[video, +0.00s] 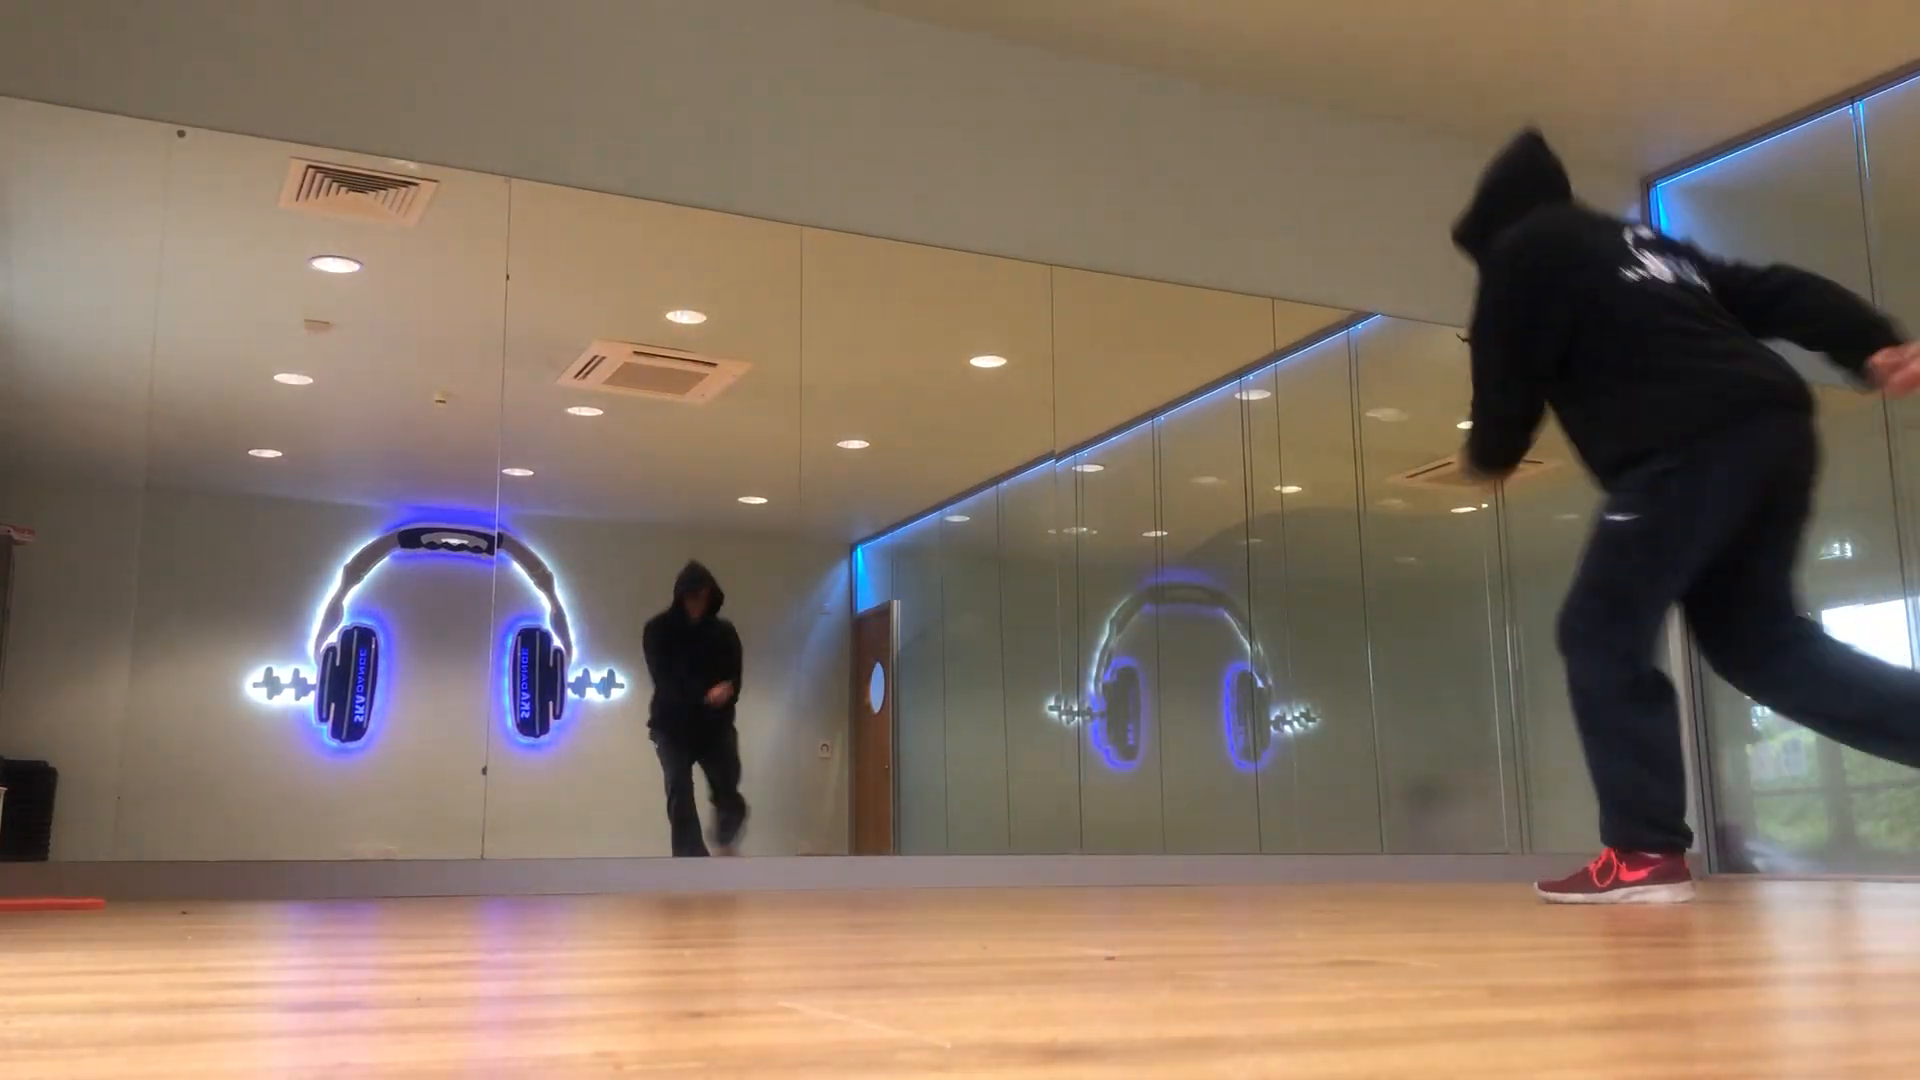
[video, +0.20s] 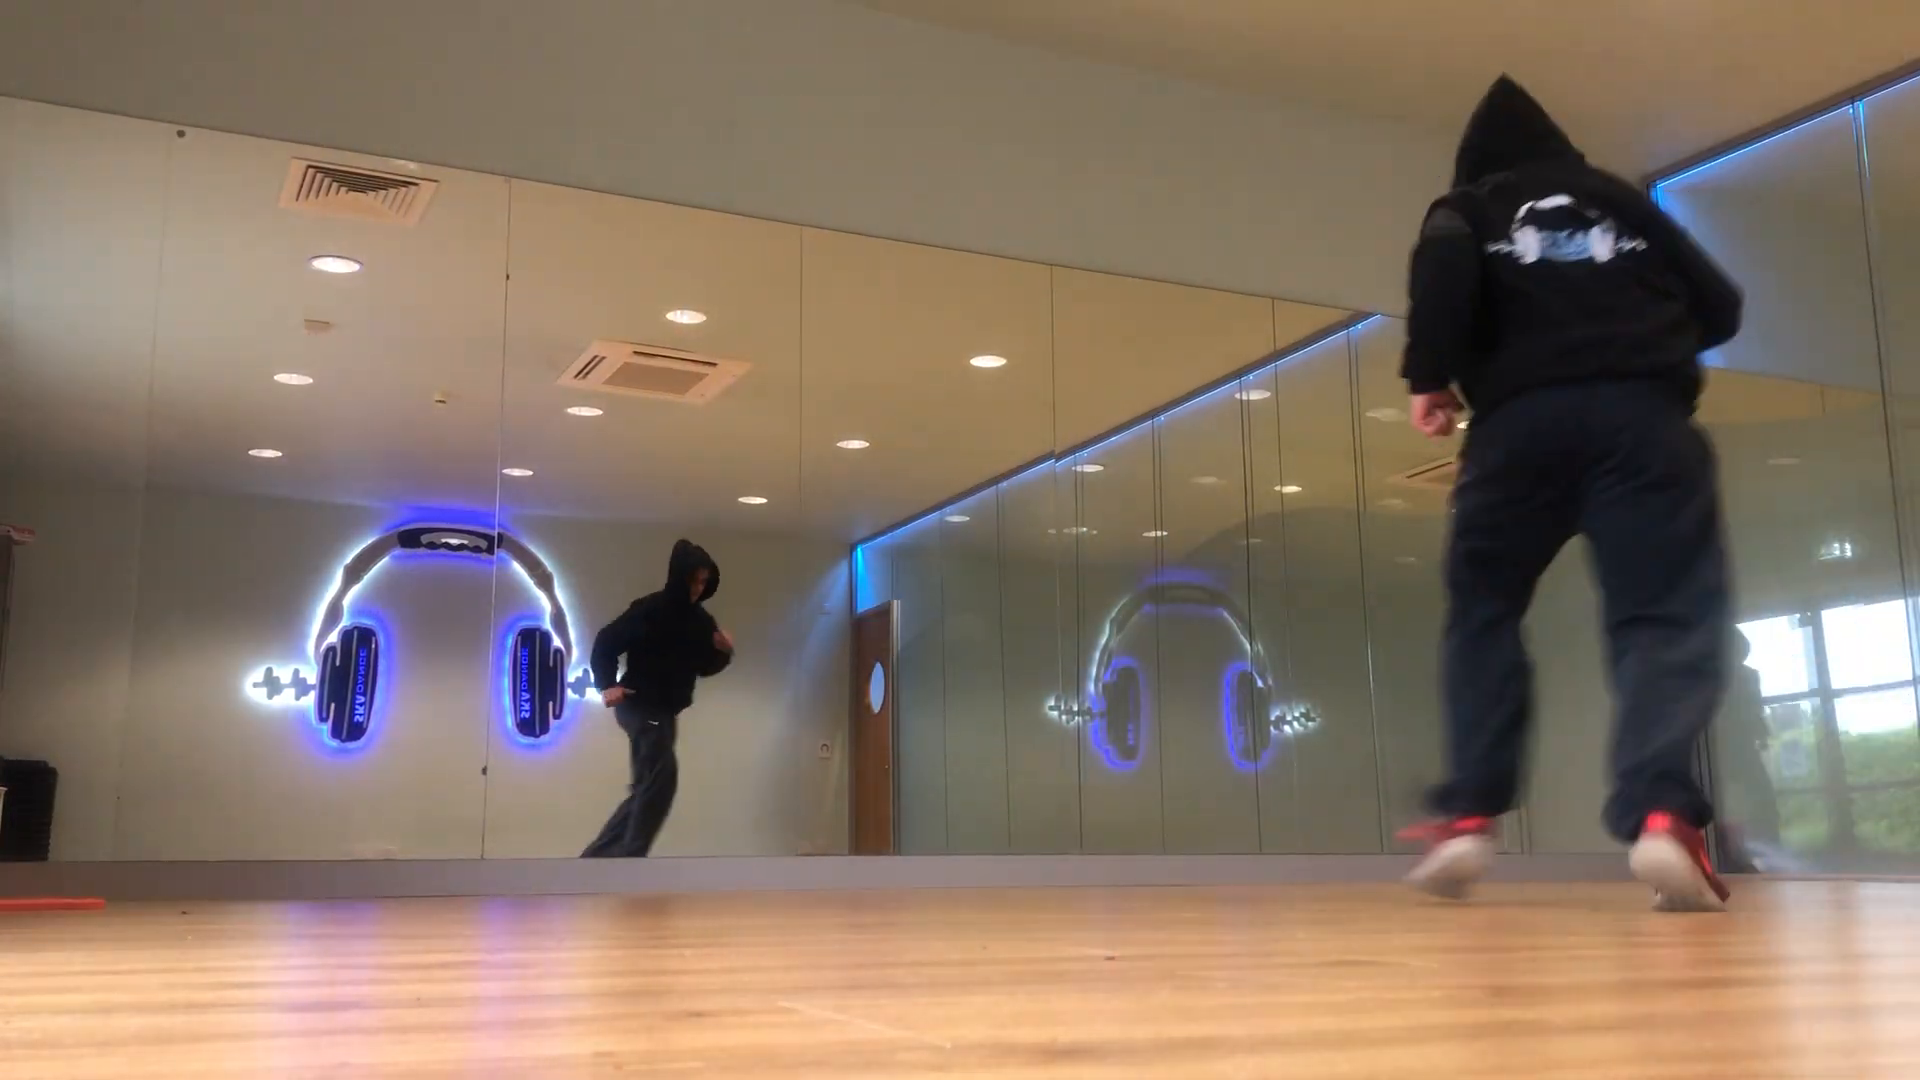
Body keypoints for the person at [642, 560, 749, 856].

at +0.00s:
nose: (696, 602)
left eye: (702, 595)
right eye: (690, 595)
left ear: (711, 596)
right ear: (680, 595)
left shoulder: (723, 631)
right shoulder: (659, 629)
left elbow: (734, 675)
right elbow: (663, 680)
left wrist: (726, 689)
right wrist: (703, 694)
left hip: (714, 722)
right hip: (672, 723)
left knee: (725, 786)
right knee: (679, 791)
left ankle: (725, 838)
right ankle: (691, 859)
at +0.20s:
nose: (699, 588)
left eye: (704, 582)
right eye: (695, 580)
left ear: (707, 583)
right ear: (679, 577)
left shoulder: (700, 620)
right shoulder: (652, 608)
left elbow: (704, 667)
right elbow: (606, 640)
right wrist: (606, 685)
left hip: (664, 710)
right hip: (637, 705)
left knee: (648, 789)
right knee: (661, 781)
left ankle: (596, 860)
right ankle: (625, 863)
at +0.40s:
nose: (699, 602)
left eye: (703, 596)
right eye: (697, 594)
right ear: (683, 591)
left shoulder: (683, 640)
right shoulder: (642, 616)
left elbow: (673, 698)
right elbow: (616, 672)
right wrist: (659, 691)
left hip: (632, 712)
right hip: (605, 705)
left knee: (636, 791)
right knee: (640, 788)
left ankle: (572, 838)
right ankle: (608, 861)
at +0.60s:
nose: (677, 580)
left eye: (681, 576)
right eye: (677, 572)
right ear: (666, 565)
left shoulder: (652, 597)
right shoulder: (630, 589)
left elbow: (661, 641)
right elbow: (656, 642)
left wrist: (679, 617)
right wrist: (682, 616)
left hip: (614, 691)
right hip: (596, 685)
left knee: (645, 759)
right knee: (597, 763)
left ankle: (581, 801)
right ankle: (571, 848)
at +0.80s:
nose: (671, 618)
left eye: (674, 611)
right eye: (670, 610)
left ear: (644, 596)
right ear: (659, 604)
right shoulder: (640, 624)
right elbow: (662, 666)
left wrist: (649, 717)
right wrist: (665, 689)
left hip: (573, 713)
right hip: (588, 717)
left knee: (627, 782)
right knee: (565, 798)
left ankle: (649, 869)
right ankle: (509, 867)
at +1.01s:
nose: (688, 628)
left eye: (691, 623)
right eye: (689, 621)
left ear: (667, 609)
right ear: (680, 615)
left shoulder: (674, 652)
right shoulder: (628, 622)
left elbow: (675, 692)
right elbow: (571, 622)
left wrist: (686, 718)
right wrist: (550, 662)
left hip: (611, 721)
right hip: (581, 708)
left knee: (640, 783)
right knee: (618, 768)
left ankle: (649, 872)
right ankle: (547, 818)